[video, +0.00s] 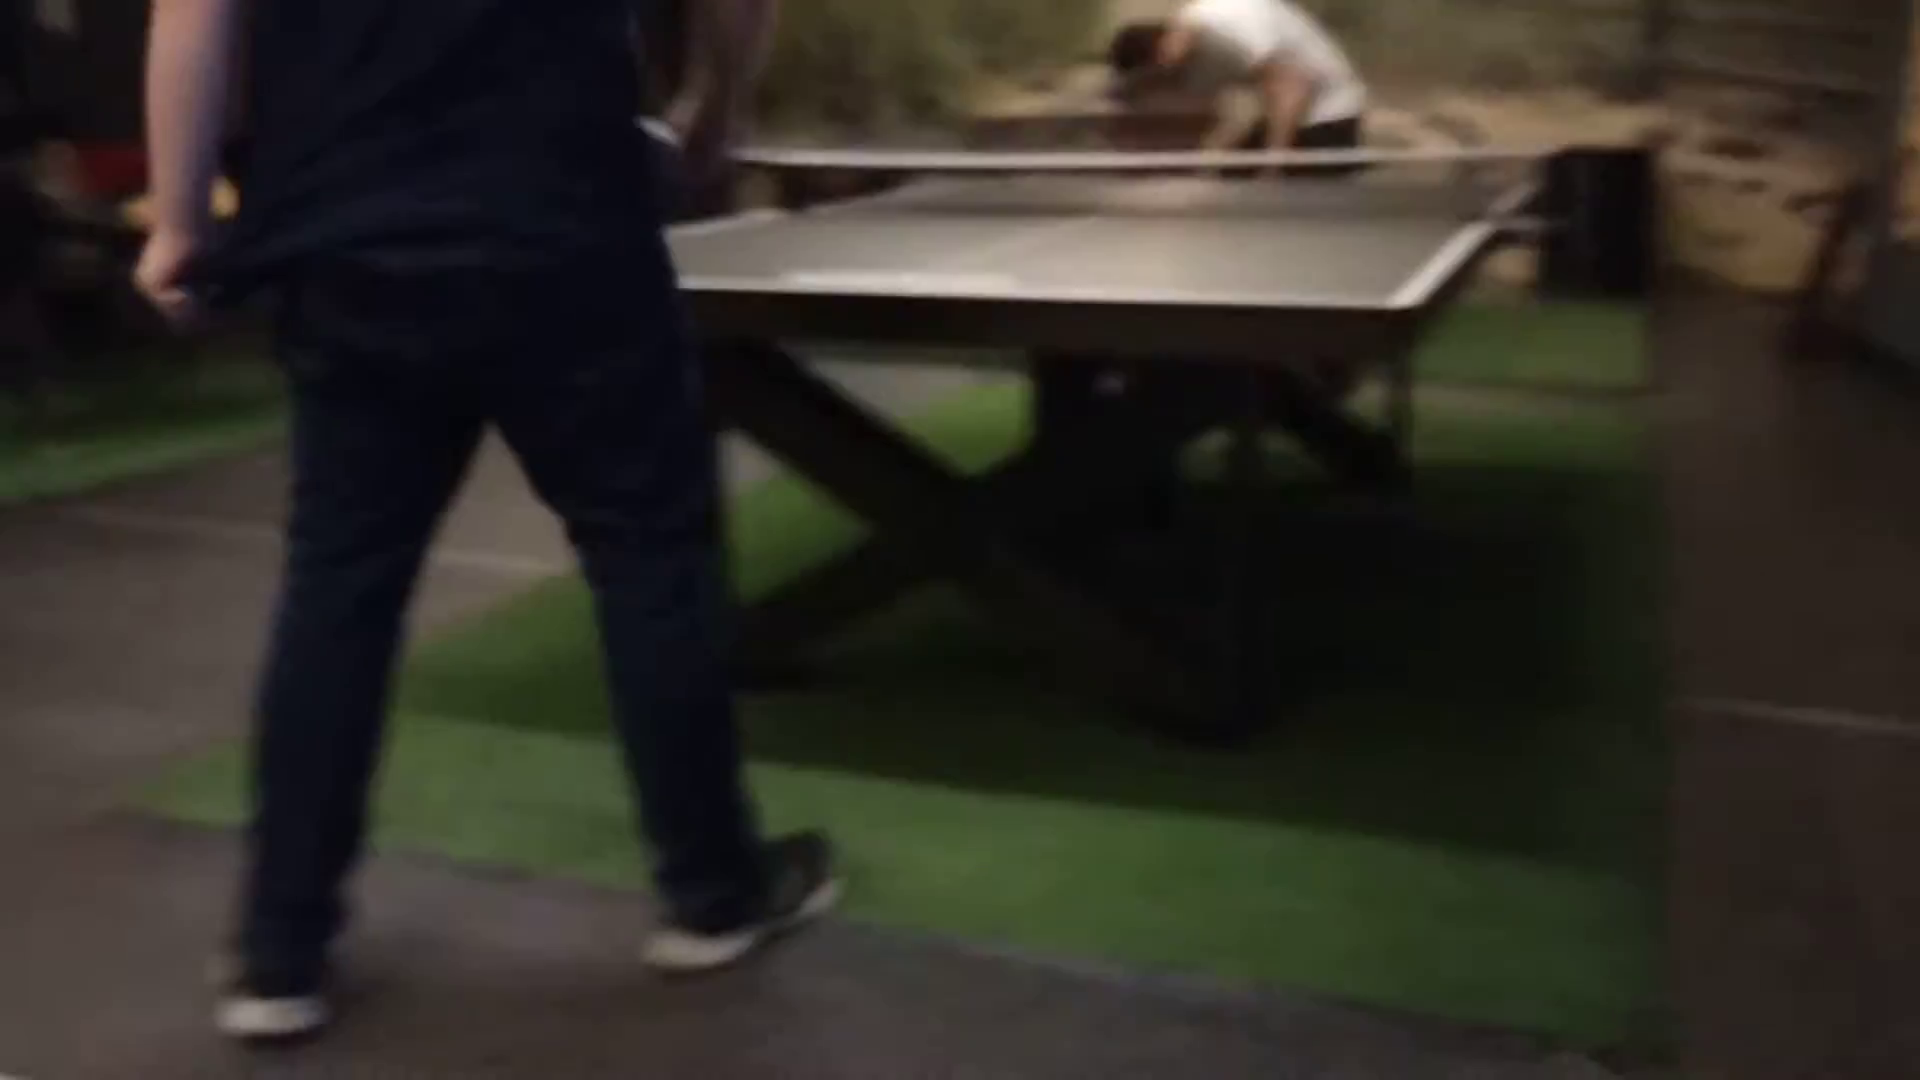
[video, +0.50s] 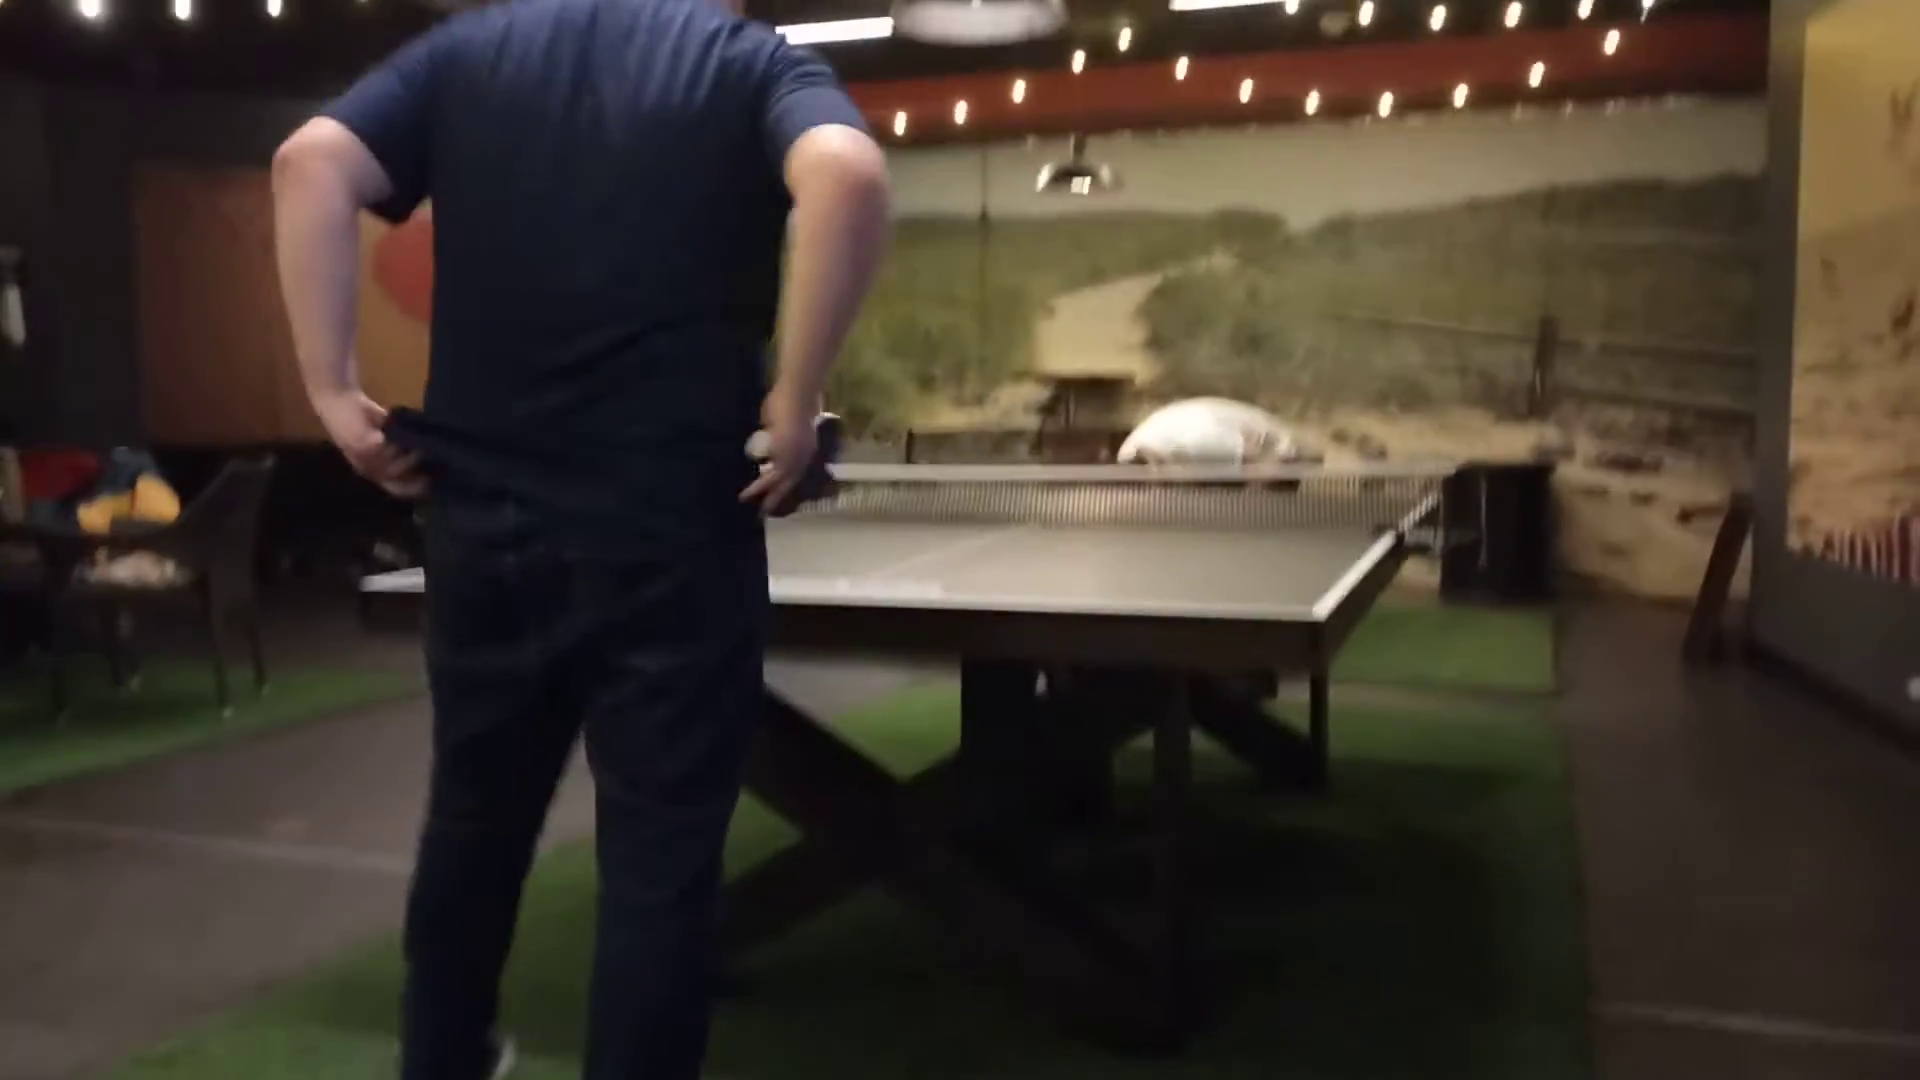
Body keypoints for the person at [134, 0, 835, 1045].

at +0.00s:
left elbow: (192, 9)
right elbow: (736, 10)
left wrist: (176, 213)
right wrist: (701, 138)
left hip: (353, 213)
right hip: (562, 211)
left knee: (337, 587)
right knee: (653, 558)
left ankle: (278, 962)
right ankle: (710, 886)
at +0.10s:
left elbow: (264, 4)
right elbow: (745, 13)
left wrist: (274, 188)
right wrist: (708, 120)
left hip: (408, 191)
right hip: (622, 191)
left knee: (371, 552)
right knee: (664, 558)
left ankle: (285, 911)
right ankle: (703, 884)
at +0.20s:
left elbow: (300, 13)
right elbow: (793, 35)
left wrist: (318, 196)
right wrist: (772, 146)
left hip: (450, 200)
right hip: (651, 206)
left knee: (400, 536)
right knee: (670, 576)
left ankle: (311, 856)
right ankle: (683, 905)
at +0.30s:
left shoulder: (393, 10)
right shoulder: (741, 14)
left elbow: (308, 131)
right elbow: (823, 207)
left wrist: (318, 356)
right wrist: (783, 388)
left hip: (459, 408)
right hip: (656, 418)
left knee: (425, 691)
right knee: (653, 759)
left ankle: (337, 1024)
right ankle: (653, 1056)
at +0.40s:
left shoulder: (441, 22)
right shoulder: (754, 40)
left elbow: (316, 169)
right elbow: (864, 224)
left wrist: (322, 406)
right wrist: (805, 433)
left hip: (475, 495)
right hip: (670, 509)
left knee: (453, 778)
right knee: (656, 834)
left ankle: (398, 1061)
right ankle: (638, 1065)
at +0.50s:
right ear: (728, 1)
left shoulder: (472, 45)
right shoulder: (756, 55)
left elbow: (314, 161)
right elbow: (846, 172)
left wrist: (334, 386)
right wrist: (797, 400)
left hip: (488, 533)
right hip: (678, 539)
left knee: (471, 831)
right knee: (659, 870)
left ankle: (443, 1061)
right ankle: (637, 1065)